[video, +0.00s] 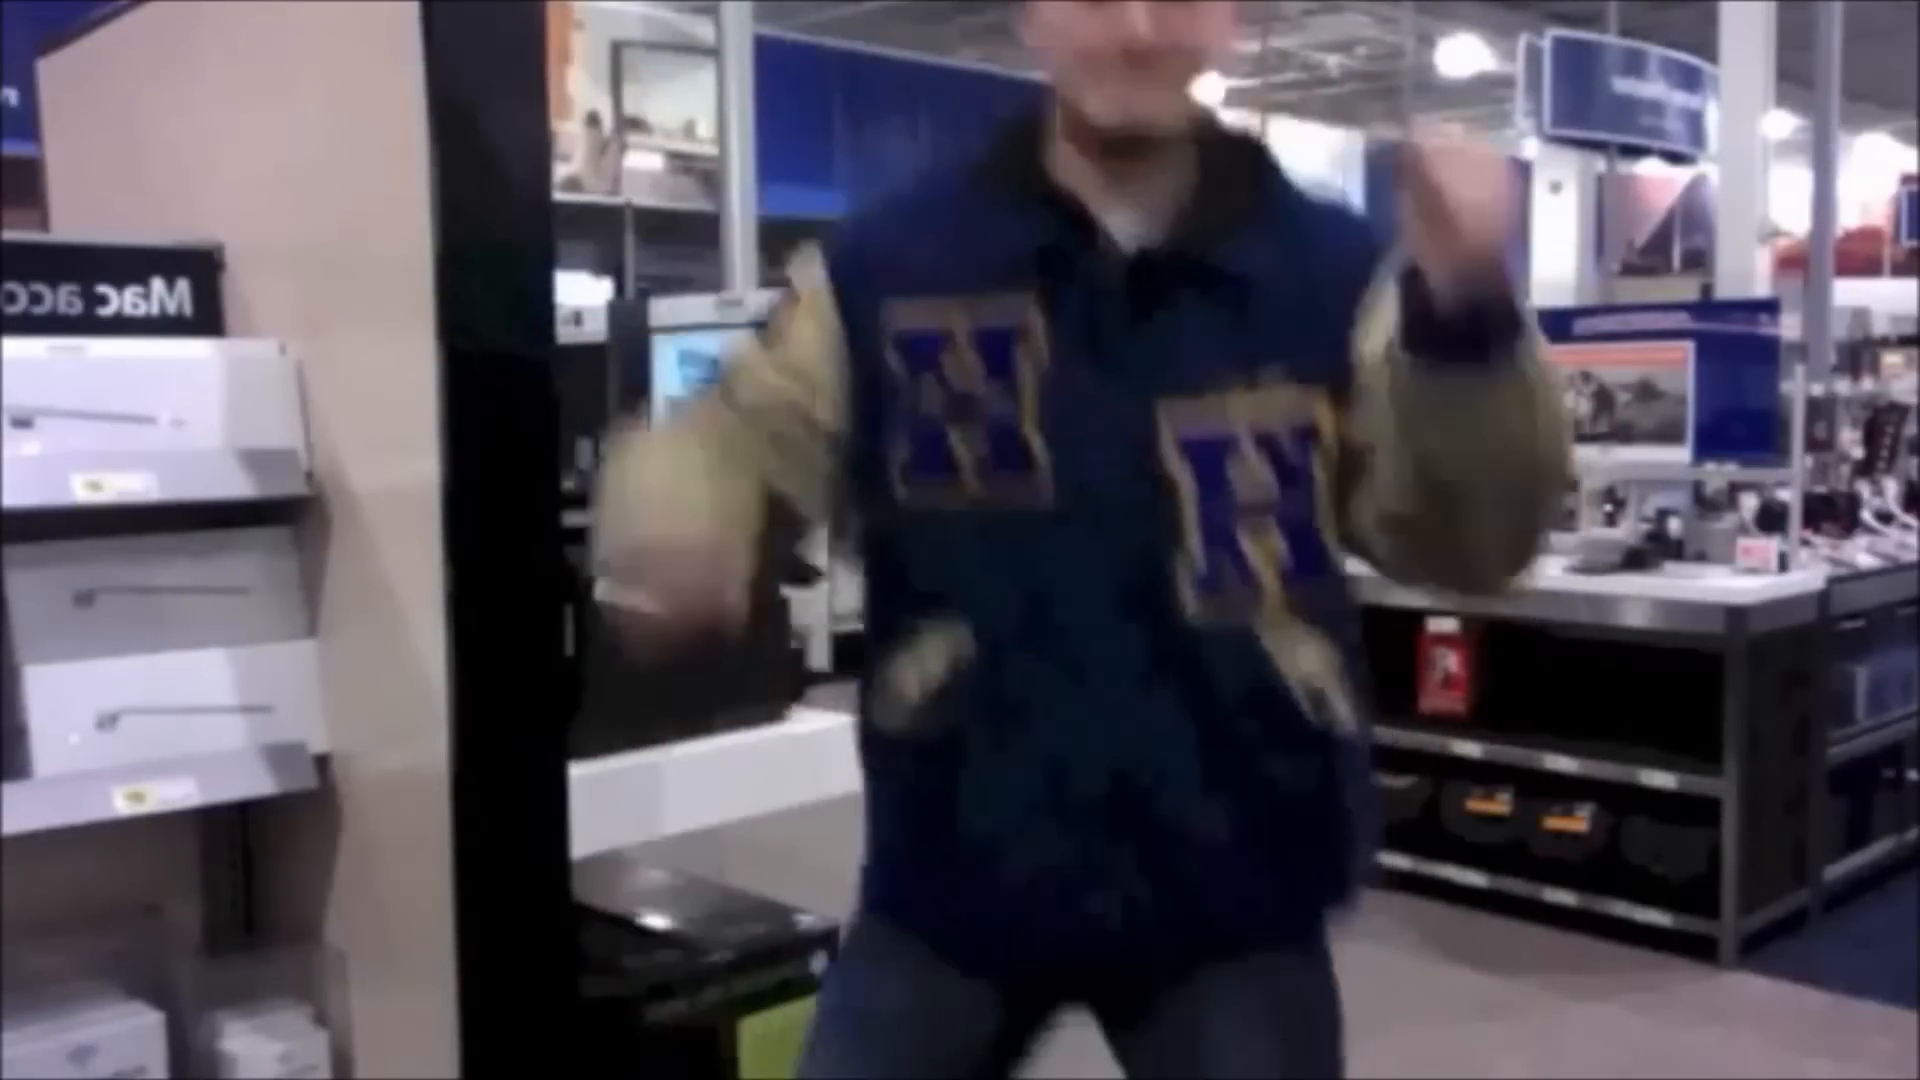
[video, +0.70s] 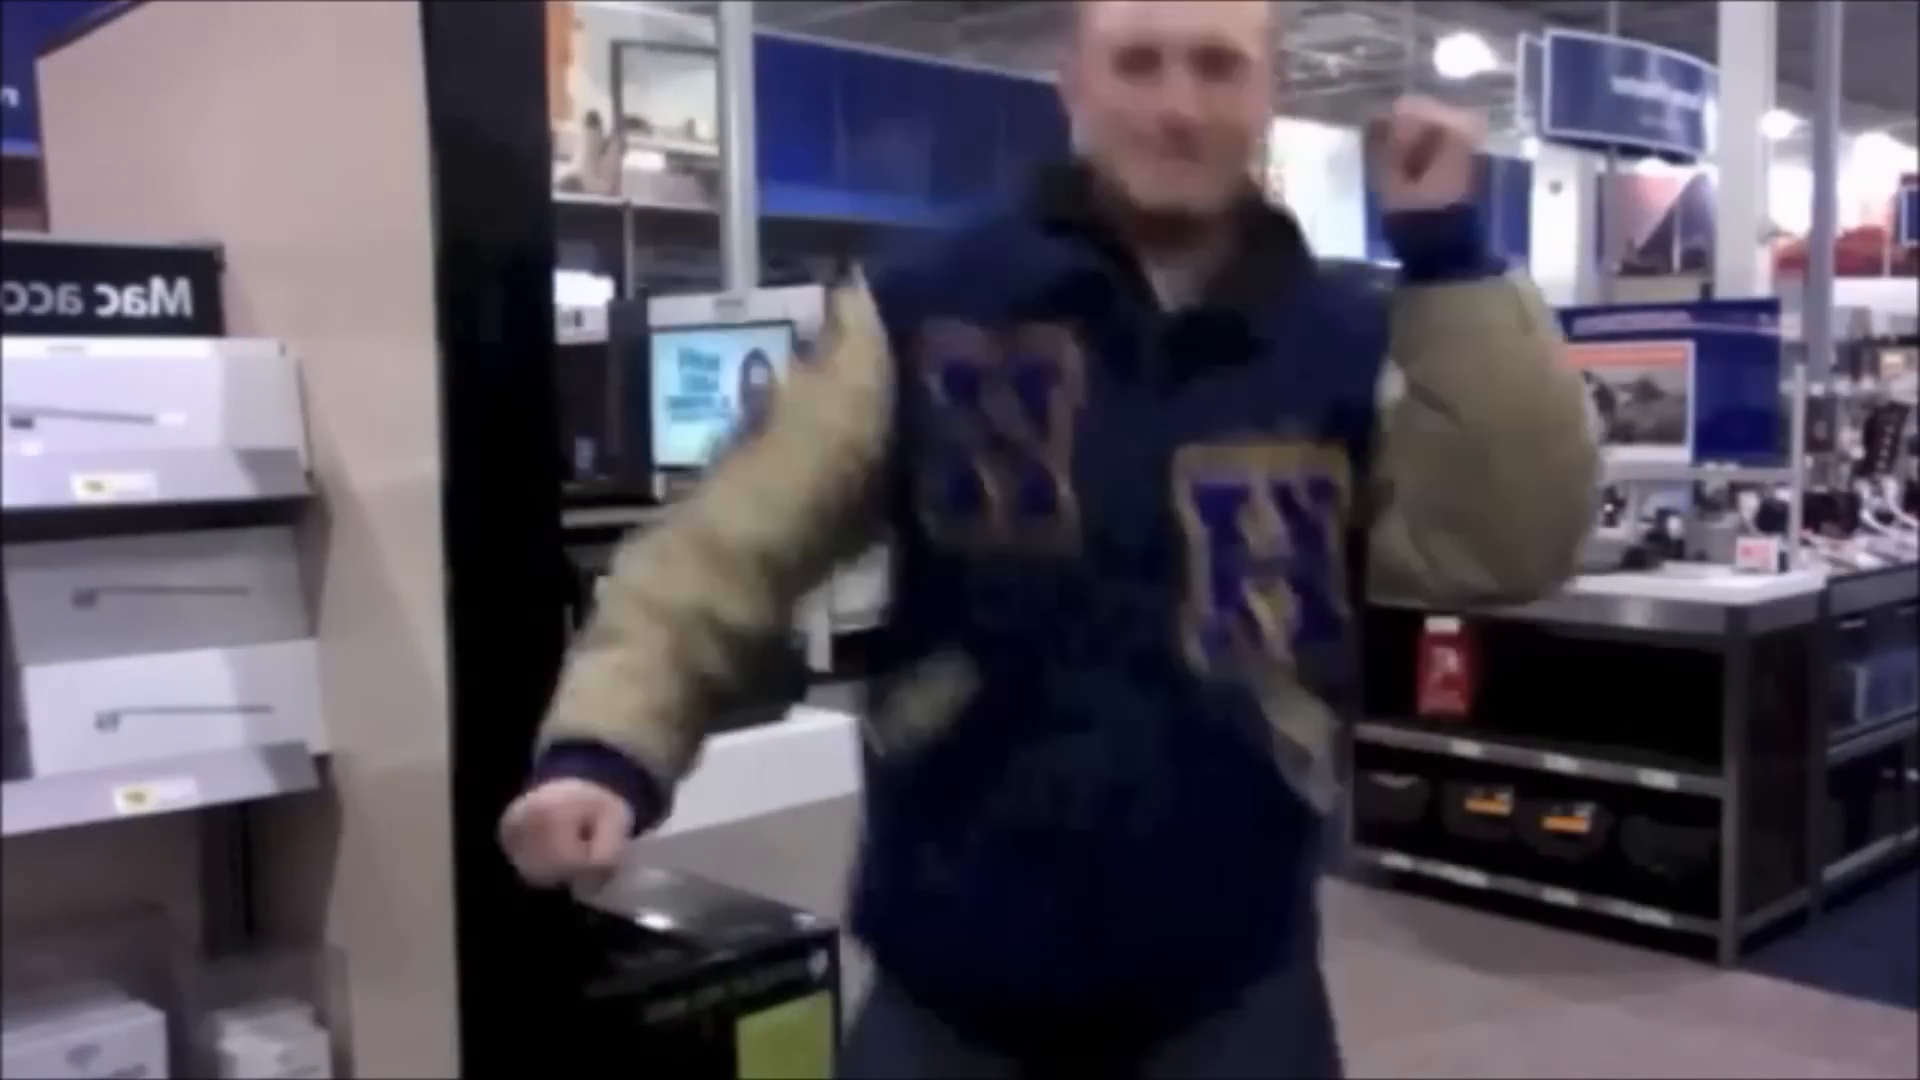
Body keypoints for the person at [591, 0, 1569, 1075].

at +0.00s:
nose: (1137, 27)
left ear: (1228, 25)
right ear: (1029, 24)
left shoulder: (1329, 269)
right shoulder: (898, 256)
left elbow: (1470, 550)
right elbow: (746, 432)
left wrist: (1466, 313)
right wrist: (684, 517)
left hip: (1228, 882)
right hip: (961, 879)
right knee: (852, 1068)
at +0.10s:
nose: (1138, 27)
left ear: (1227, 25)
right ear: (1029, 24)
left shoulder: (1329, 268)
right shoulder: (897, 256)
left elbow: (1469, 550)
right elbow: (746, 431)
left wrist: (1466, 312)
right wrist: (684, 517)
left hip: (1228, 882)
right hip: (961, 879)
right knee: (852, 1067)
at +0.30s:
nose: (991, 15)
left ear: (1087, 17)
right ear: (885, 16)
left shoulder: (1209, 212)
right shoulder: (804, 249)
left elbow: (1358, 482)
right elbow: (615, 450)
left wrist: (1433, 735)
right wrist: (698, 135)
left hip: (1167, 864)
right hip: (909, 876)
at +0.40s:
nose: (991, 15)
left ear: (1087, 17)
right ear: (885, 16)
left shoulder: (1209, 212)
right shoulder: (804, 249)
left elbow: (1358, 482)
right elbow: (615, 450)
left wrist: (1433, 735)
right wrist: (698, 135)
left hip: (1167, 864)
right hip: (909, 876)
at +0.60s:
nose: (1179, 101)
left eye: (1219, 65)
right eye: (1138, 62)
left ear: (1273, 94)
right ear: (1072, 85)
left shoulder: (1340, 342)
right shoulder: (930, 309)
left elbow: (1512, 553)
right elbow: (726, 551)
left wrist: (1449, 258)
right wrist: (604, 753)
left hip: (1228, 970)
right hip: (959, 957)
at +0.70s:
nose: (1178, 101)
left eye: (1219, 65)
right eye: (1138, 62)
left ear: (1273, 95)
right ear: (1072, 85)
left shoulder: (1340, 342)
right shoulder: (931, 308)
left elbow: (1512, 554)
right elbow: (726, 551)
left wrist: (1450, 258)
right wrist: (604, 753)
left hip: (1228, 971)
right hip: (959, 958)